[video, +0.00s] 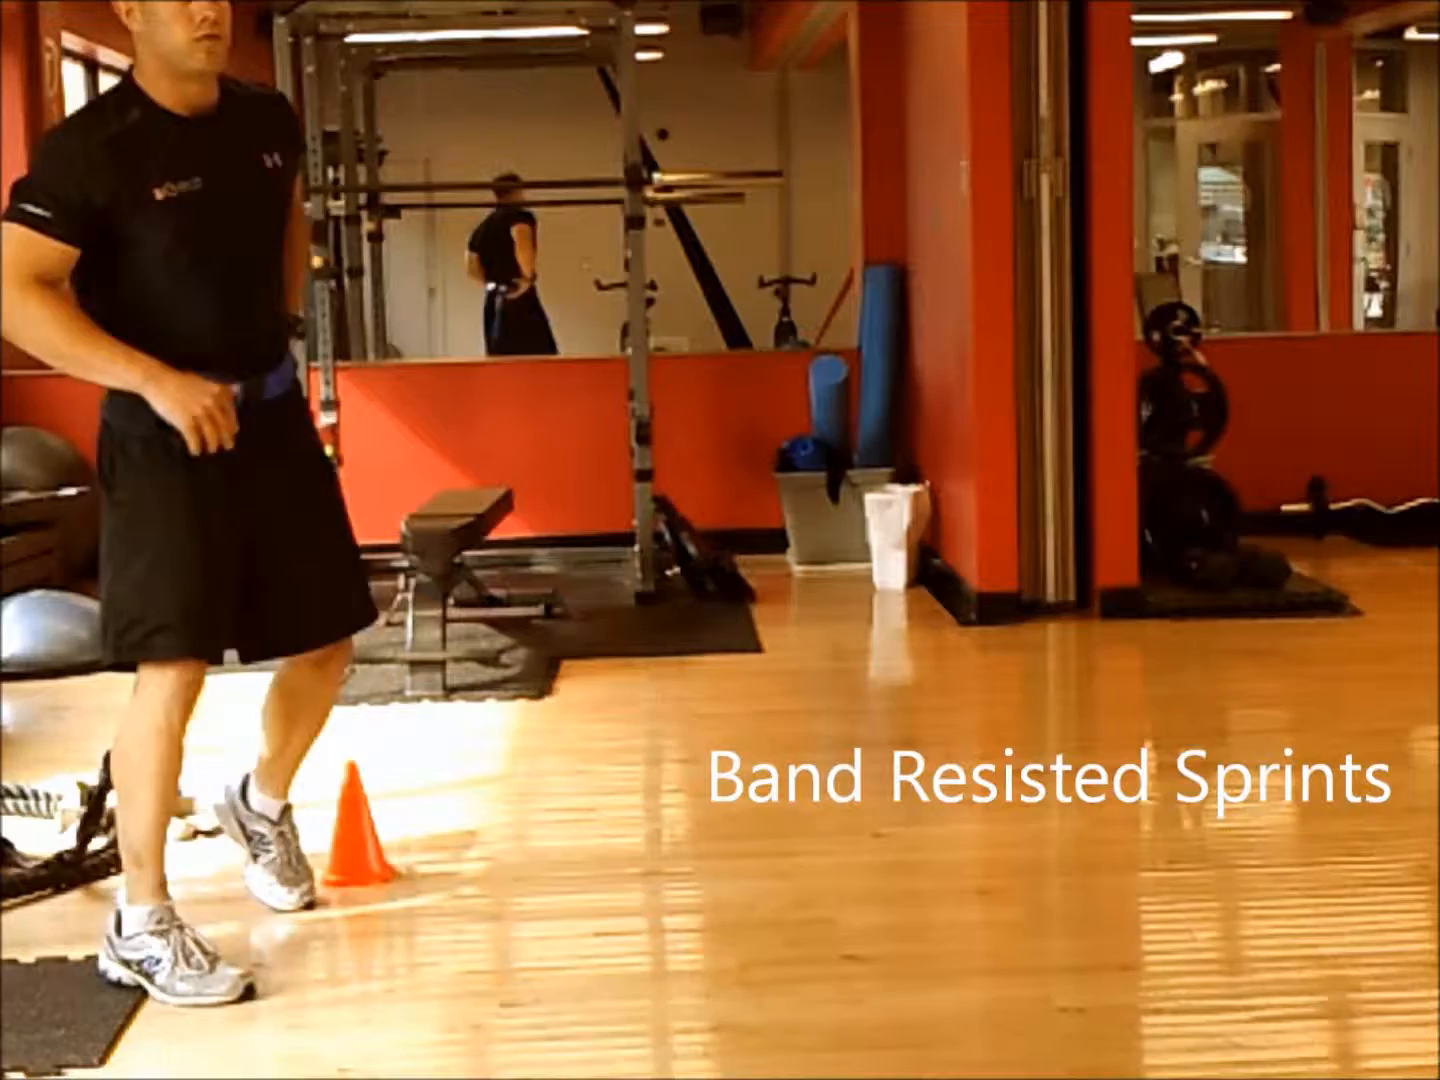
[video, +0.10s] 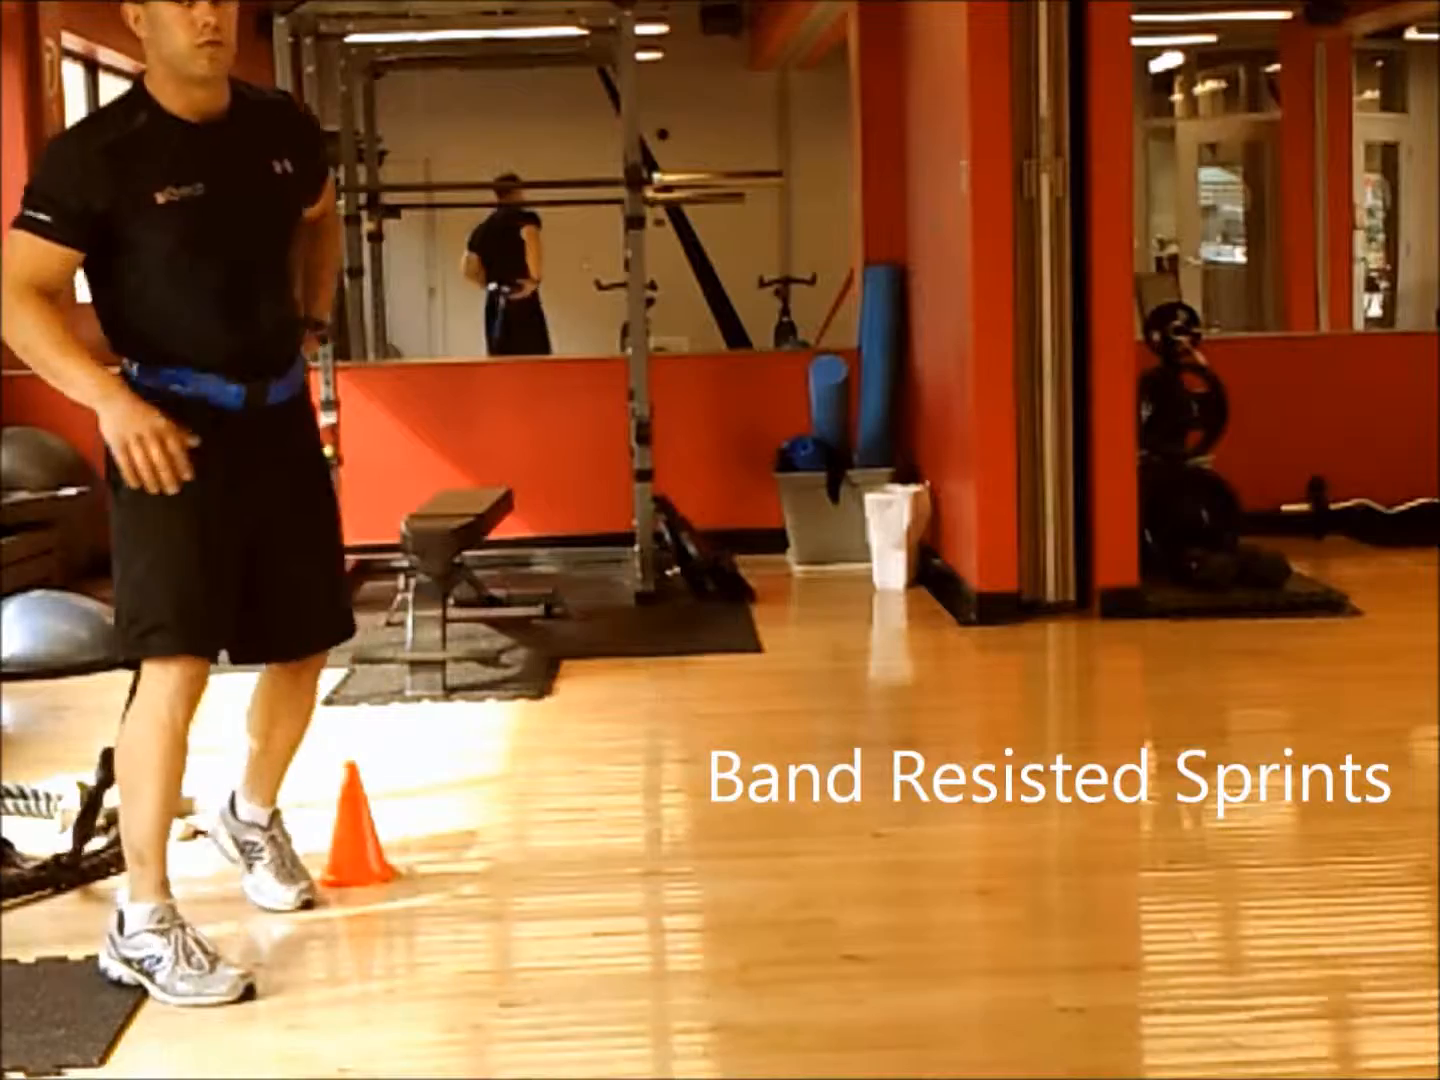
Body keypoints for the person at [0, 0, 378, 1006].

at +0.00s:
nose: (214, 13)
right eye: (189, 1)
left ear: (229, 14)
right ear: (133, 17)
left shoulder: (268, 121)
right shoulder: (82, 147)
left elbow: (292, 243)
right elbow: (23, 301)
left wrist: (280, 342)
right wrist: (156, 379)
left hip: (272, 415)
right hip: (160, 431)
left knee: (327, 634)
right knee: (173, 664)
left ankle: (263, 799)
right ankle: (142, 916)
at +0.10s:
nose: (212, 16)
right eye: (185, 3)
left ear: (237, 11)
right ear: (134, 19)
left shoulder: (286, 128)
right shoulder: (90, 153)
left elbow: (319, 221)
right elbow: (25, 297)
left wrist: (310, 321)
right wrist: (111, 397)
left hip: (278, 425)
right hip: (166, 430)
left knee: (304, 639)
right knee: (175, 662)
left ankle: (250, 809)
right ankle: (144, 914)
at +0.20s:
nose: (226, 21)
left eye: (238, 2)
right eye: (200, 5)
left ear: (259, 16)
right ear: (152, 23)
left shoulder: (304, 137)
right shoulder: (106, 157)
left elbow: (341, 235)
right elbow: (31, 296)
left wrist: (328, 331)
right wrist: (75, 421)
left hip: (285, 429)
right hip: (176, 434)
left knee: (282, 647)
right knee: (180, 656)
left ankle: (240, 826)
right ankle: (146, 912)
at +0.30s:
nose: (241, 30)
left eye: (256, 11)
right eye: (218, 12)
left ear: (276, 25)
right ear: (173, 30)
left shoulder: (316, 141)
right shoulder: (119, 156)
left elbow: (358, 234)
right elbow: (34, 291)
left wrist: (338, 329)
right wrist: (61, 437)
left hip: (291, 427)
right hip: (182, 430)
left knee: (274, 646)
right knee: (180, 655)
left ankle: (235, 829)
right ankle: (146, 909)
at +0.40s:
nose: (256, 47)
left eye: (269, 28)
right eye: (233, 27)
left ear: (287, 40)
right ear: (188, 41)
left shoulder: (327, 150)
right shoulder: (130, 160)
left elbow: (369, 237)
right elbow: (40, 287)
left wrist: (350, 332)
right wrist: (60, 437)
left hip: (294, 434)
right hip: (183, 436)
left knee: (267, 650)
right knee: (183, 659)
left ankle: (231, 835)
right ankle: (150, 902)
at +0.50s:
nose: (267, 59)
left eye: (282, 39)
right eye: (246, 36)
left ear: (299, 44)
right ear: (202, 40)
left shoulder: (333, 151)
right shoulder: (135, 159)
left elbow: (375, 234)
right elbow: (54, 285)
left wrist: (351, 335)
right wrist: (71, 430)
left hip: (291, 435)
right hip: (183, 435)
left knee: (262, 649)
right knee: (192, 656)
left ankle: (234, 835)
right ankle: (173, 894)